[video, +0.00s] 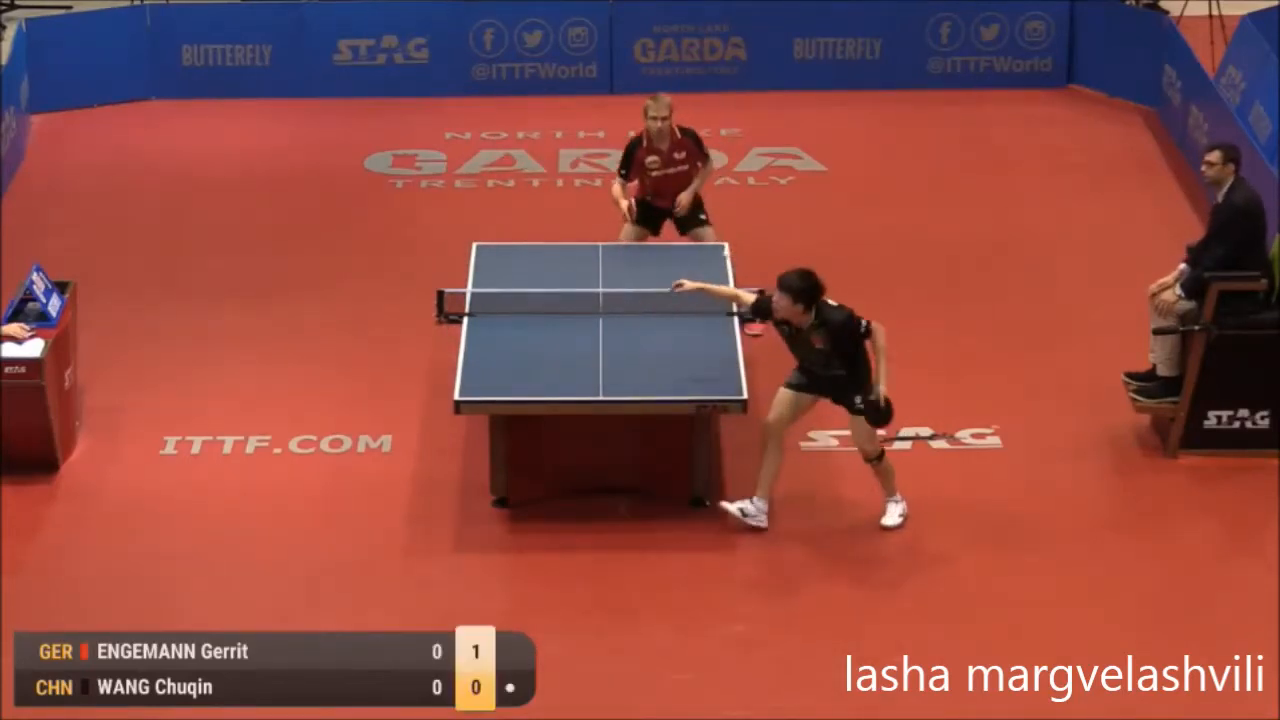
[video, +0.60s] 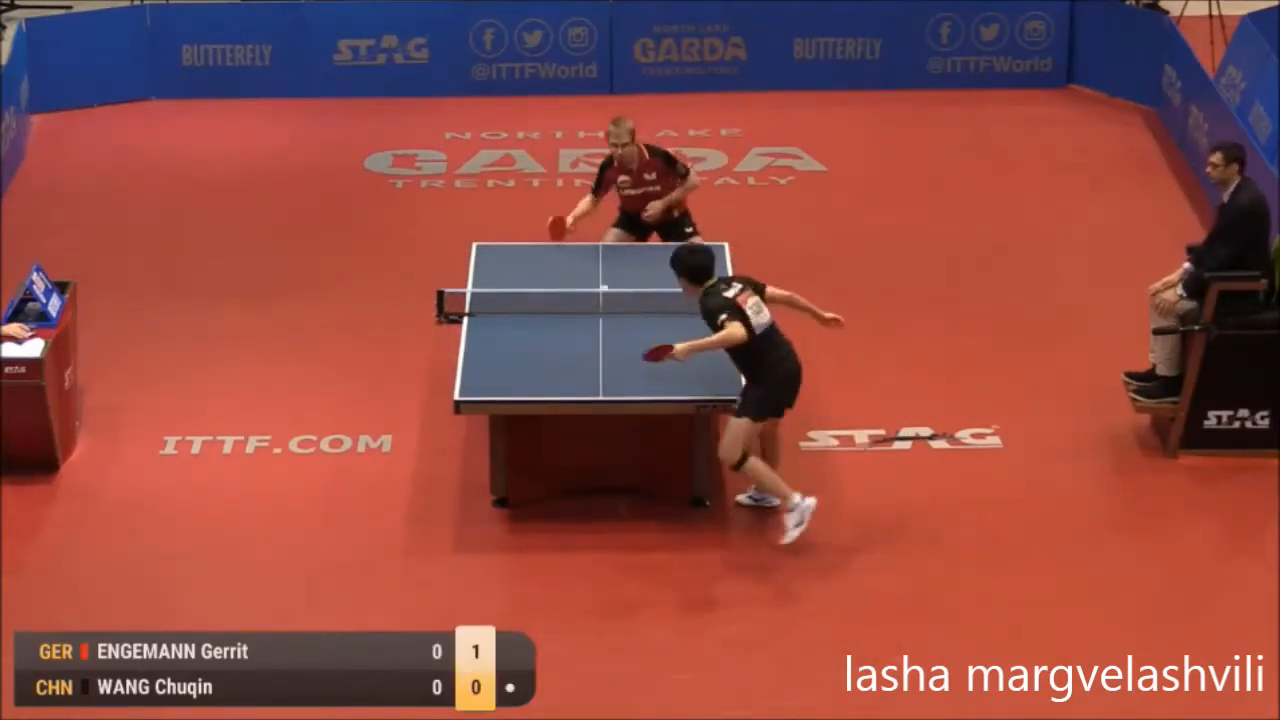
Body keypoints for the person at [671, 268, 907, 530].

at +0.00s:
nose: (774, 302)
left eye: (781, 299)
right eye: (775, 297)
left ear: (800, 307)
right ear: (785, 301)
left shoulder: (838, 318)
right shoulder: (775, 310)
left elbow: (877, 332)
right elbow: (737, 296)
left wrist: (881, 385)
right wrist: (698, 286)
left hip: (850, 379)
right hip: (810, 373)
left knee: (868, 449)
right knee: (773, 425)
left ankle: (894, 500)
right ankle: (759, 506)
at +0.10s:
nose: (763, 319)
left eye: (770, 315)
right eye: (764, 313)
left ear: (790, 320)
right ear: (765, 309)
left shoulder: (827, 318)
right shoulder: (769, 316)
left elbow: (873, 327)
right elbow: (740, 305)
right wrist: (705, 297)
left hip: (849, 376)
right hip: (810, 374)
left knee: (870, 450)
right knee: (762, 411)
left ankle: (895, 500)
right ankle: (773, 491)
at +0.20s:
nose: (750, 334)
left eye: (755, 330)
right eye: (748, 328)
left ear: (773, 328)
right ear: (757, 323)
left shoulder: (811, 323)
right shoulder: (768, 319)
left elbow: (859, 334)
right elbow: (743, 314)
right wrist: (712, 311)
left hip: (844, 380)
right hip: (805, 376)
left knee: (866, 455)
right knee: (755, 412)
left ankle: (894, 500)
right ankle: (776, 483)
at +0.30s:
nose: (717, 340)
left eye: (718, 335)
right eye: (714, 335)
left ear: (733, 329)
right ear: (735, 325)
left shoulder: (770, 330)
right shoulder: (745, 335)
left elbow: (814, 341)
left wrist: (777, 363)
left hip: (826, 384)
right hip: (793, 383)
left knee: (846, 463)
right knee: (744, 421)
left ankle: (890, 496)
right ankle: (768, 491)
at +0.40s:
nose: (699, 330)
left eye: (699, 325)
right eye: (697, 325)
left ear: (713, 321)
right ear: (719, 316)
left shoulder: (748, 328)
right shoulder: (737, 324)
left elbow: (789, 341)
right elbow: (778, 326)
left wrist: (740, 361)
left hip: (813, 386)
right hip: (785, 383)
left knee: (814, 469)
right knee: (742, 423)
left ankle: (879, 487)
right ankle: (768, 491)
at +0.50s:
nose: (684, 303)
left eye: (685, 297)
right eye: (683, 297)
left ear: (694, 299)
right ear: (711, 288)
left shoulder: (726, 314)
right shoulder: (733, 297)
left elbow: (756, 336)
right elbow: (784, 301)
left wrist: (709, 348)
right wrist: (812, 313)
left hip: (789, 381)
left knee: (760, 461)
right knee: (758, 425)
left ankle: (835, 484)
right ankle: (768, 490)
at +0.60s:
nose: (678, 283)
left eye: (678, 277)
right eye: (678, 276)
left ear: (685, 280)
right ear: (709, 269)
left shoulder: (712, 302)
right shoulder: (736, 282)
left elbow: (738, 333)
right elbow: (784, 296)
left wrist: (689, 347)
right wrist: (819, 314)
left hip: (768, 378)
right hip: (787, 367)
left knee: (731, 454)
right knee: (768, 427)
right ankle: (768, 490)